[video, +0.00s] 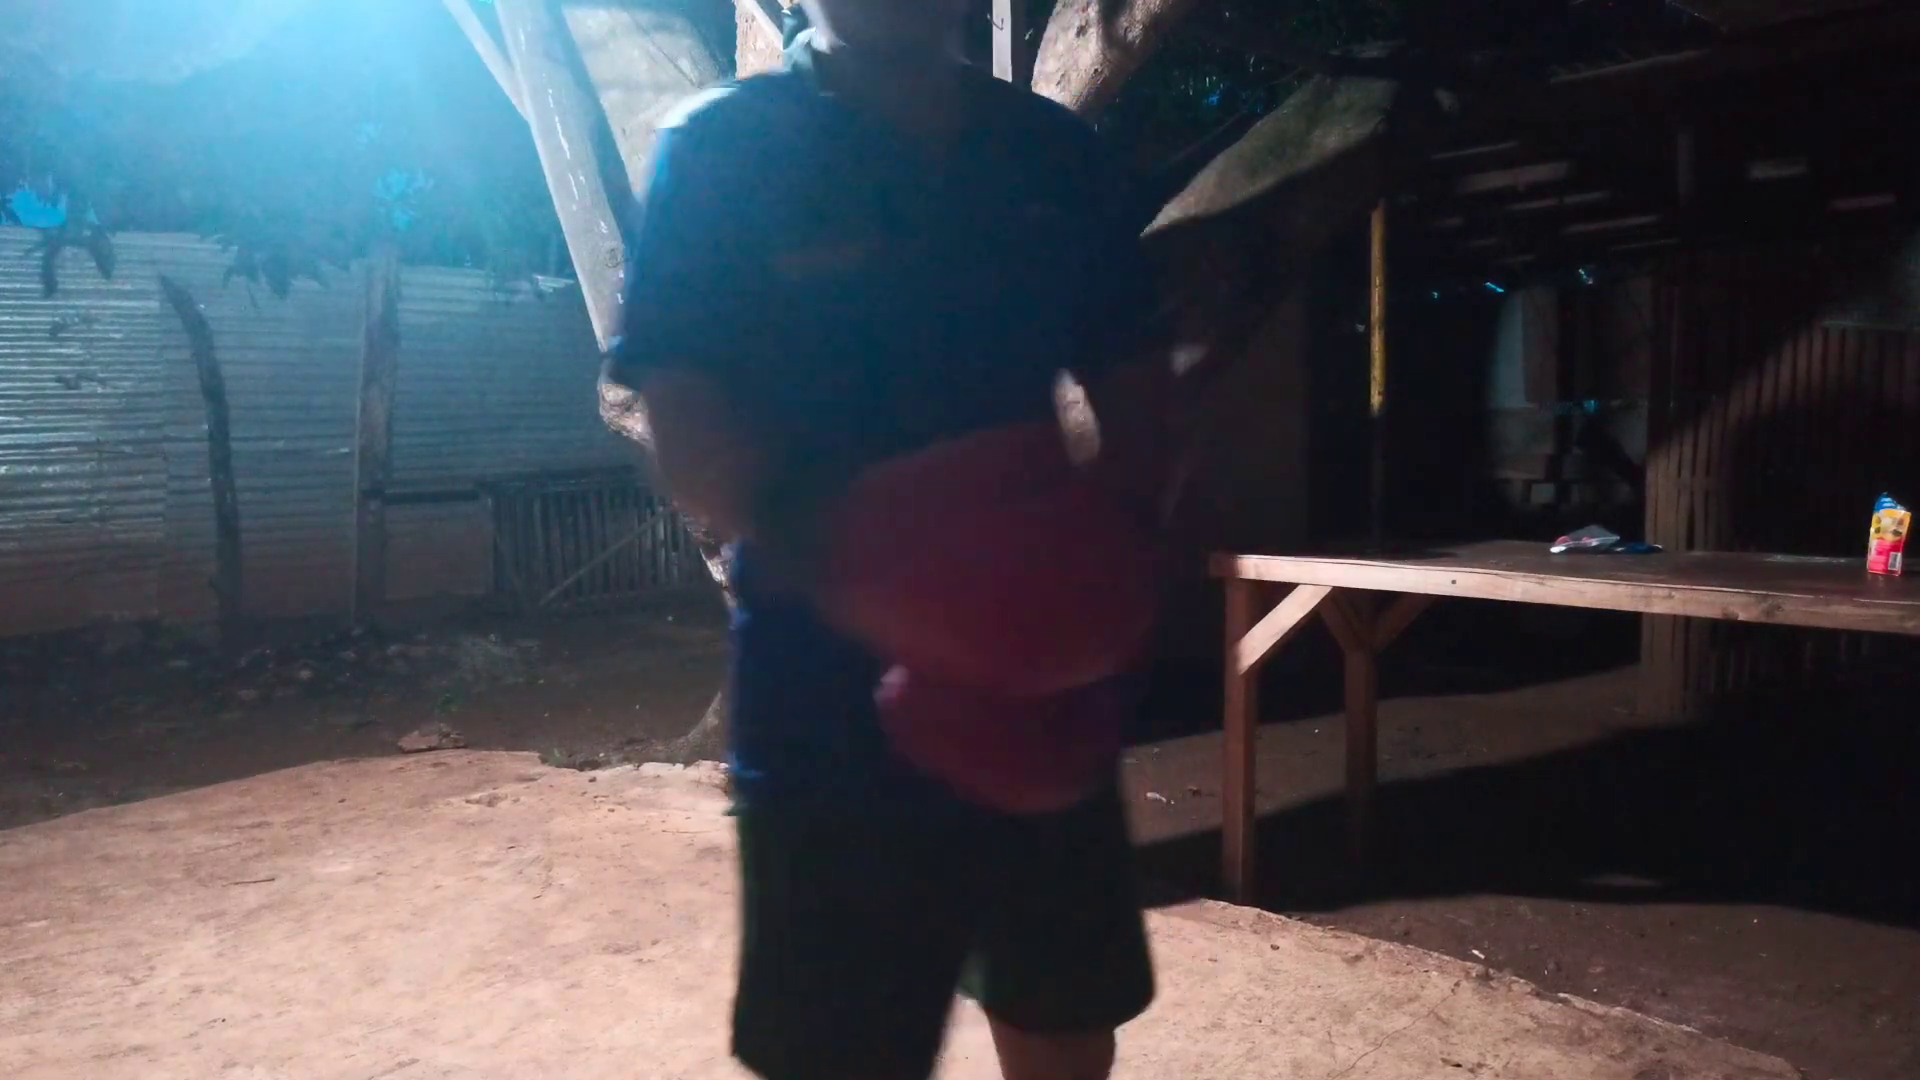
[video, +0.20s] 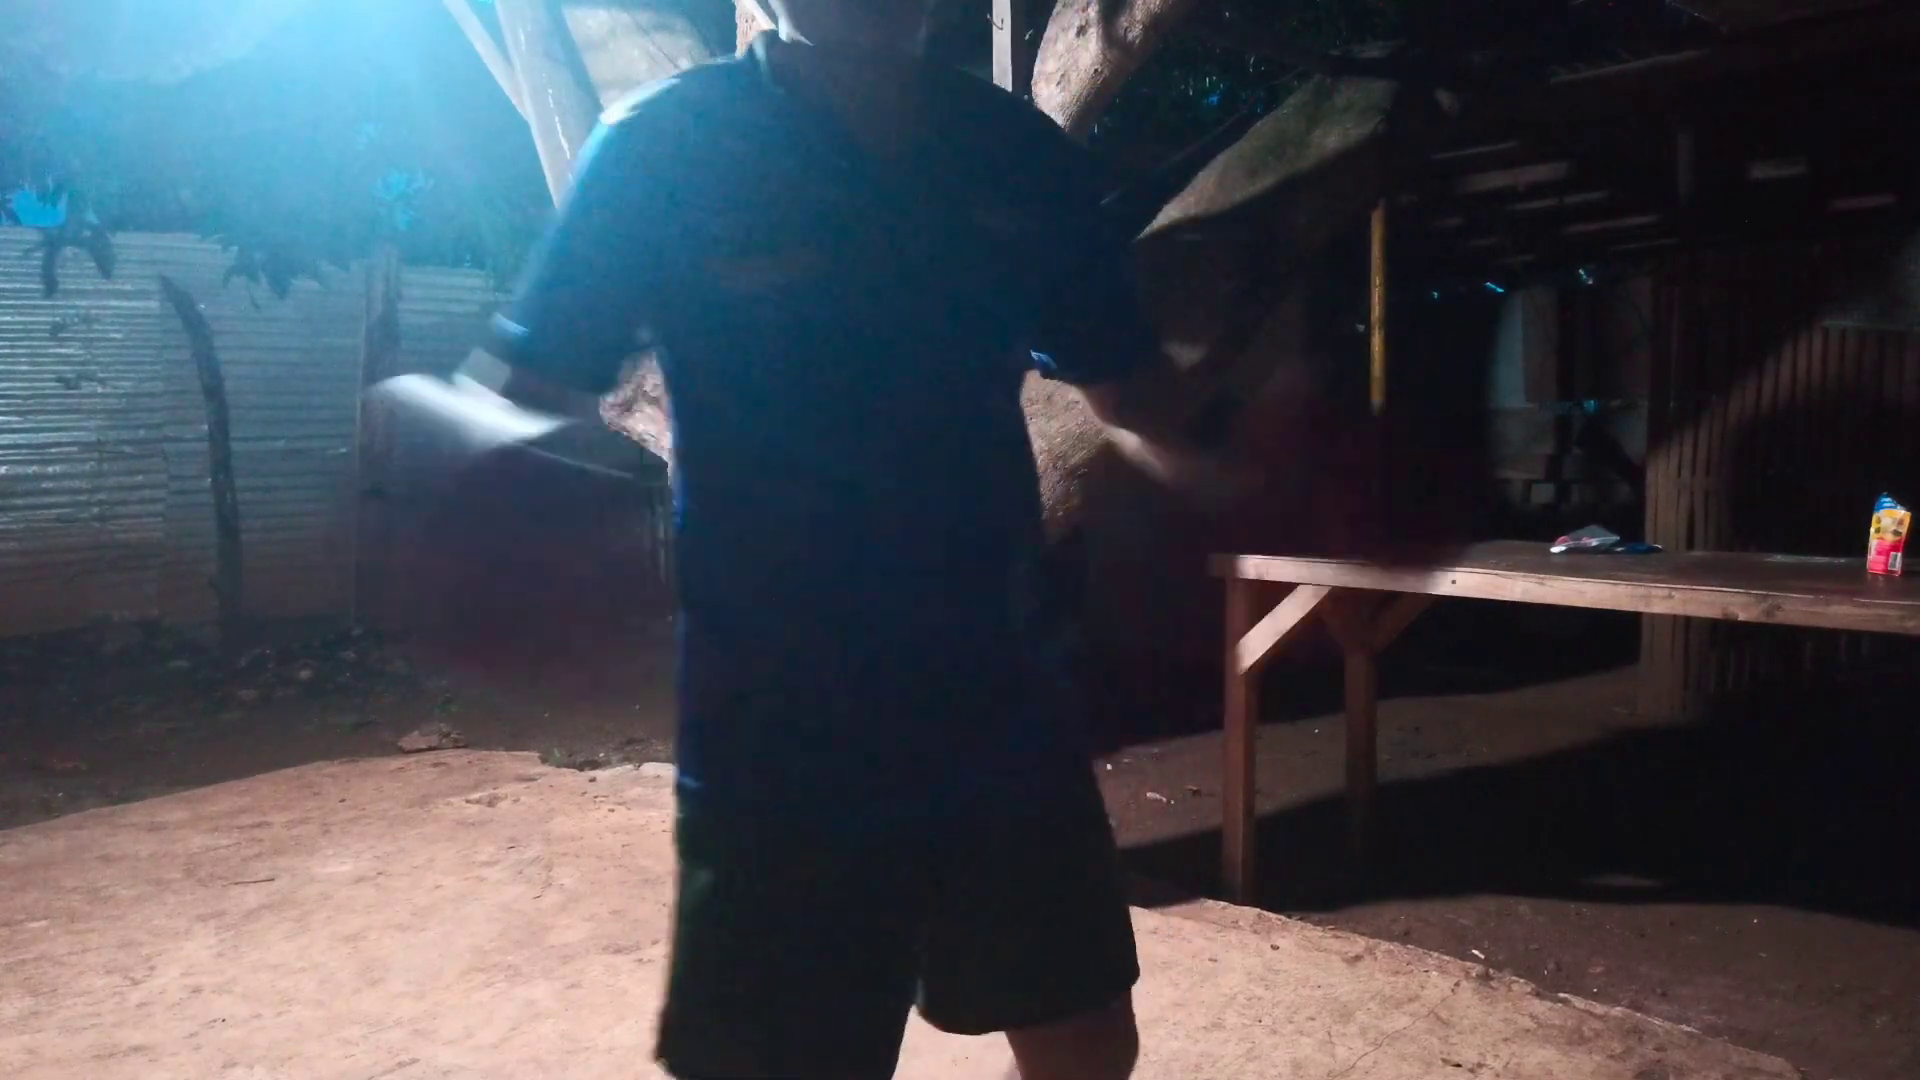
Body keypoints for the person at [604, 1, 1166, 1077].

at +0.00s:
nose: (907, 2)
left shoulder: (1056, 148)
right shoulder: (728, 144)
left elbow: (1141, 401)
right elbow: (689, 441)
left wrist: (1087, 572)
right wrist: (905, 586)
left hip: (1040, 681)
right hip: (828, 693)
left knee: (1067, 1034)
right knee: (837, 1053)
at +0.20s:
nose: (882, 7)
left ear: (941, 3)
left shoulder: (1014, 145)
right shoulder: (671, 140)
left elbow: (1125, 381)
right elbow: (530, 384)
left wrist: (1230, 461)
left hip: (991, 685)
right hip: (779, 703)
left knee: (1087, 1049)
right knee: (771, 1065)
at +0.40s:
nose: (859, 16)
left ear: (926, 3)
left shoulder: (1009, 161)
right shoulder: (643, 152)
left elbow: (1163, 388)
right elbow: (480, 383)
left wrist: (1362, 324)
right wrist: (281, 392)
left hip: (995, 732)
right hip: (769, 751)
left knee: (1060, 1049)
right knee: (750, 1073)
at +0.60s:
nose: (867, 16)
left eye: (894, 3)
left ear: (935, 10)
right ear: (765, 4)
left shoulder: (1015, 149)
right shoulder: (669, 154)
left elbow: (1186, 360)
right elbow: (513, 368)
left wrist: (1109, 354)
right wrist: (591, 404)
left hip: (994, 703)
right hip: (780, 723)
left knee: (1069, 1037)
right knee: (800, 1060)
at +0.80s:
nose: (895, 13)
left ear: (969, 18)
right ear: (781, 12)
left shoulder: (1051, 185)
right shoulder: (711, 198)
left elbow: (1223, 382)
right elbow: (547, 413)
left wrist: (1077, 397)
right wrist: (656, 410)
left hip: (1022, 711)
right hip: (819, 727)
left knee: (1074, 1044)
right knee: (838, 1058)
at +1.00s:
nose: (946, 70)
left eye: (972, 39)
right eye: (914, 37)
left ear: (1010, 55)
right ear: (853, 52)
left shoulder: (1088, 218)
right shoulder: (784, 226)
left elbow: (1255, 386)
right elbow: (614, 407)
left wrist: (1108, 393)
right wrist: (757, 375)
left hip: (1045, 695)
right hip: (865, 704)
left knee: (1052, 996)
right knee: (864, 1042)